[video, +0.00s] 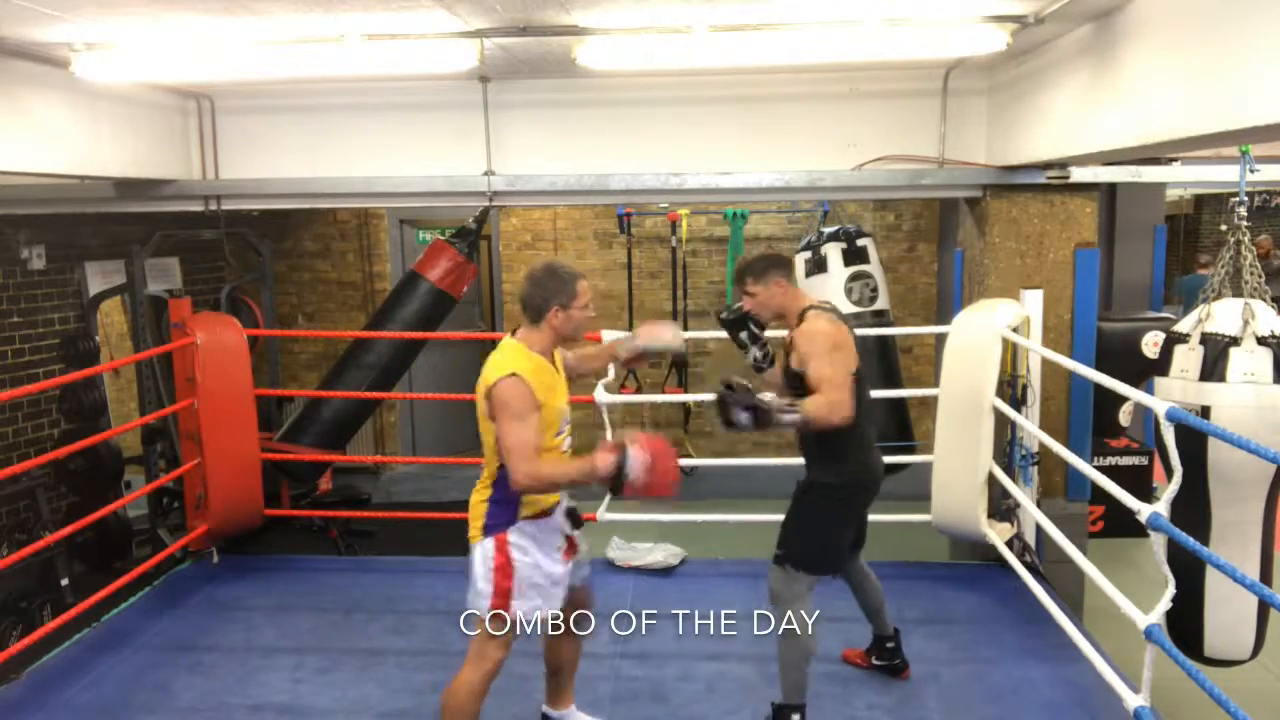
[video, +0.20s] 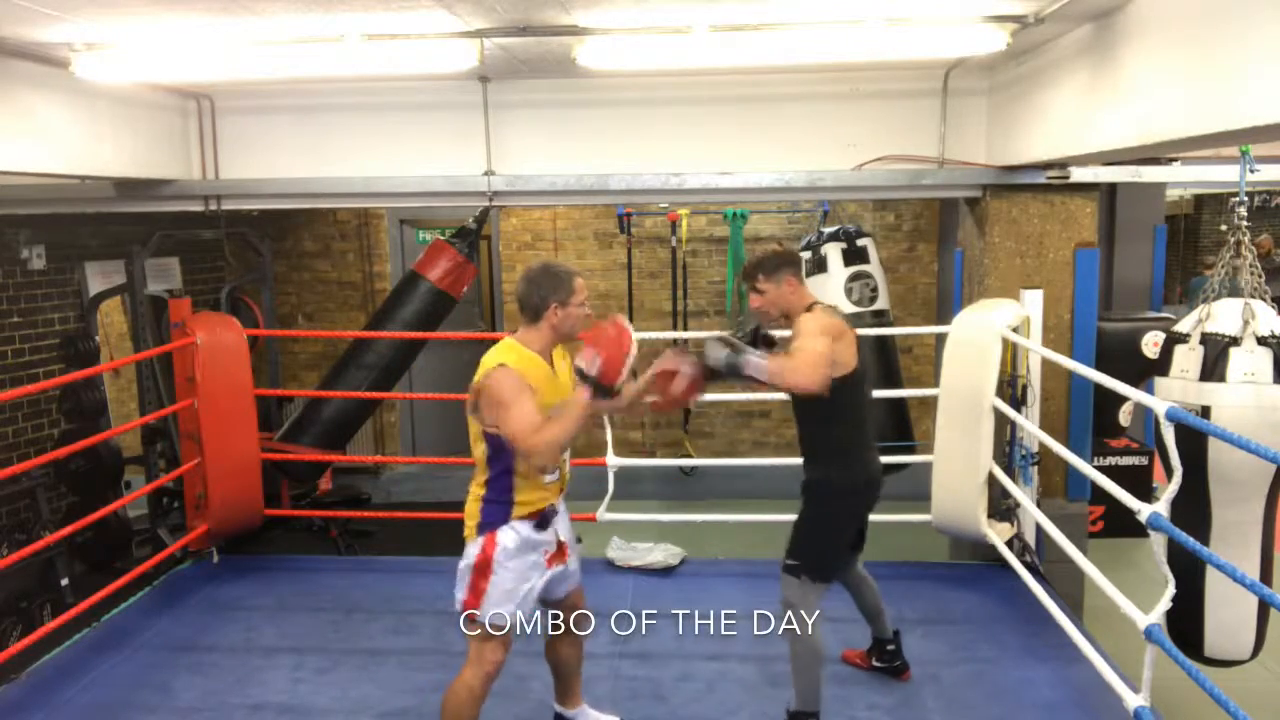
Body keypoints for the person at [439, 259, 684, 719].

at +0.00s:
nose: (590, 314)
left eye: (589, 304)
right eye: (584, 306)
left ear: (552, 313)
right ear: (555, 315)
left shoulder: (545, 352)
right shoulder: (512, 380)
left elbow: (576, 362)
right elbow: (524, 473)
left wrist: (631, 344)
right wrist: (599, 464)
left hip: (548, 515)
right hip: (508, 527)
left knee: (574, 610)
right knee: (488, 653)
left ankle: (559, 708)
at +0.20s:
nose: (588, 311)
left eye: (587, 301)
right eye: (581, 303)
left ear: (552, 312)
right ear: (553, 312)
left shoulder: (558, 355)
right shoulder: (502, 373)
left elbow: (586, 410)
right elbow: (539, 451)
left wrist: (645, 390)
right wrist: (583, 391)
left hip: (549, 517)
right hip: (501, 531)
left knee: (570, 617)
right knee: (486, 659)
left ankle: (571, 708)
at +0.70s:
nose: (619, 314)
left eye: (618, 306)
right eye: (613, 305)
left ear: (584, 308)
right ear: (587, 308)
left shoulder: (582, 356)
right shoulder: (543, 354)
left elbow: (596, 423)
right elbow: (602, 412)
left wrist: (648, 428)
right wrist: (626, 356)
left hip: (562, 515)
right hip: (522, 522)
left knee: (583, 610)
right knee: (500, 654)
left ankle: (573, 709)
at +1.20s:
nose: (603, 308)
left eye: (602, 299)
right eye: (597, 300)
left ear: (561, 307)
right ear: (571, 308)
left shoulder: (537, 350)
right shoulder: (545, 366)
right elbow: (618, 429)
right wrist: (649, 358)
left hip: (554, 514)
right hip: (522, 523)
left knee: (575, 608)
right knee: (493, 652)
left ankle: (571, 707)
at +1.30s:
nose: (604, 306)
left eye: (602, 297)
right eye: (598, 298)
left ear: (566, 306)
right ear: (572, 306)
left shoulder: (565, 345)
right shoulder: (535, 368)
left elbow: (635, 342)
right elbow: (586, 449)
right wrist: (637, 396)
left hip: (562, 511)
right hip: (525, 520)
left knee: (576, 606)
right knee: (502, 649)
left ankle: (571, 706)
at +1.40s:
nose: (596, 306)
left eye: (593, 298)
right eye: (589, 299)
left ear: (562, 308)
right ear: (563, 310)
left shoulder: (569, 340)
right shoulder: (520, 372)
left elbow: (632, 306)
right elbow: (550, 455)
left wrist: (695, 278)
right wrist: (608, 416)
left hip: (561, 507)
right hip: (521, 520)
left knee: (578, 603)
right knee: (510, 651)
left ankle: (573, 706)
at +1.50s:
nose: (588, 313)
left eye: (586, 305)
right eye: (583, 306)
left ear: (555, 314)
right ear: (557, 315)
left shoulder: (566, 347)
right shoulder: (507, 375)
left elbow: (620, 322)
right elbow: (547, 451)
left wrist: (669, 313)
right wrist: (597, 387)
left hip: (555, 514)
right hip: (513, 527)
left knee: (580, 606)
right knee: (504, 657)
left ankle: (575, 706)